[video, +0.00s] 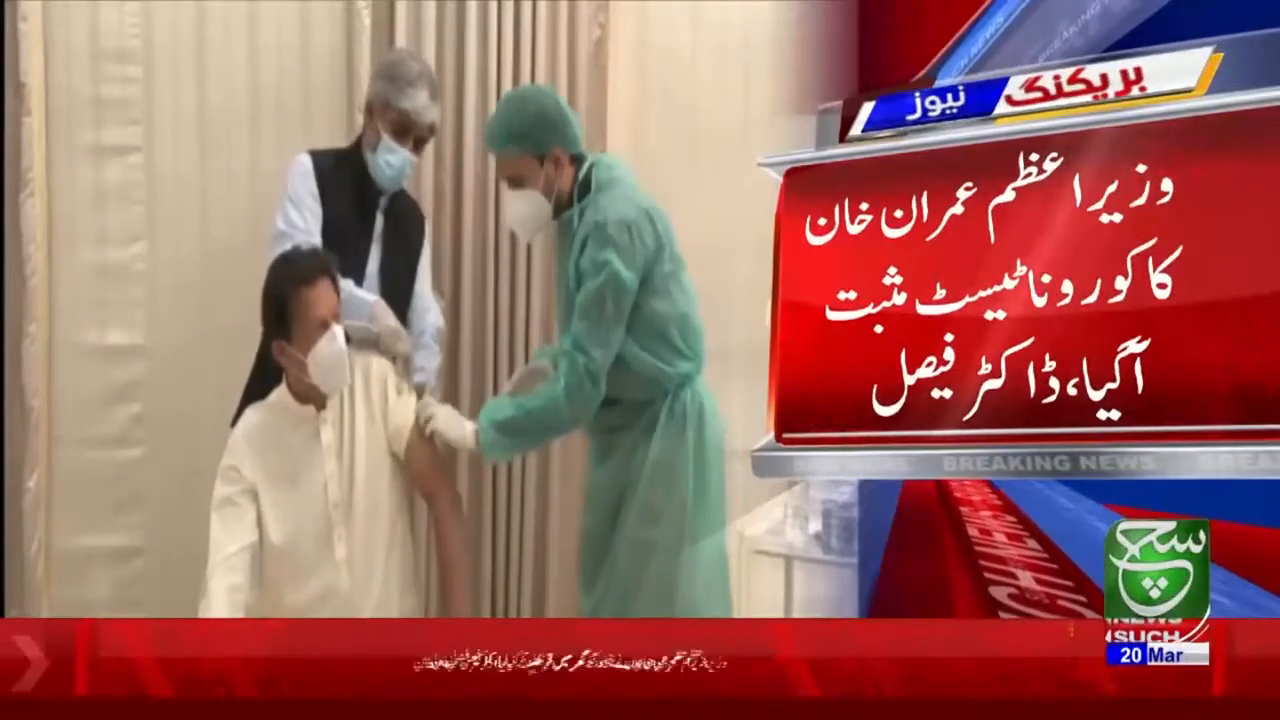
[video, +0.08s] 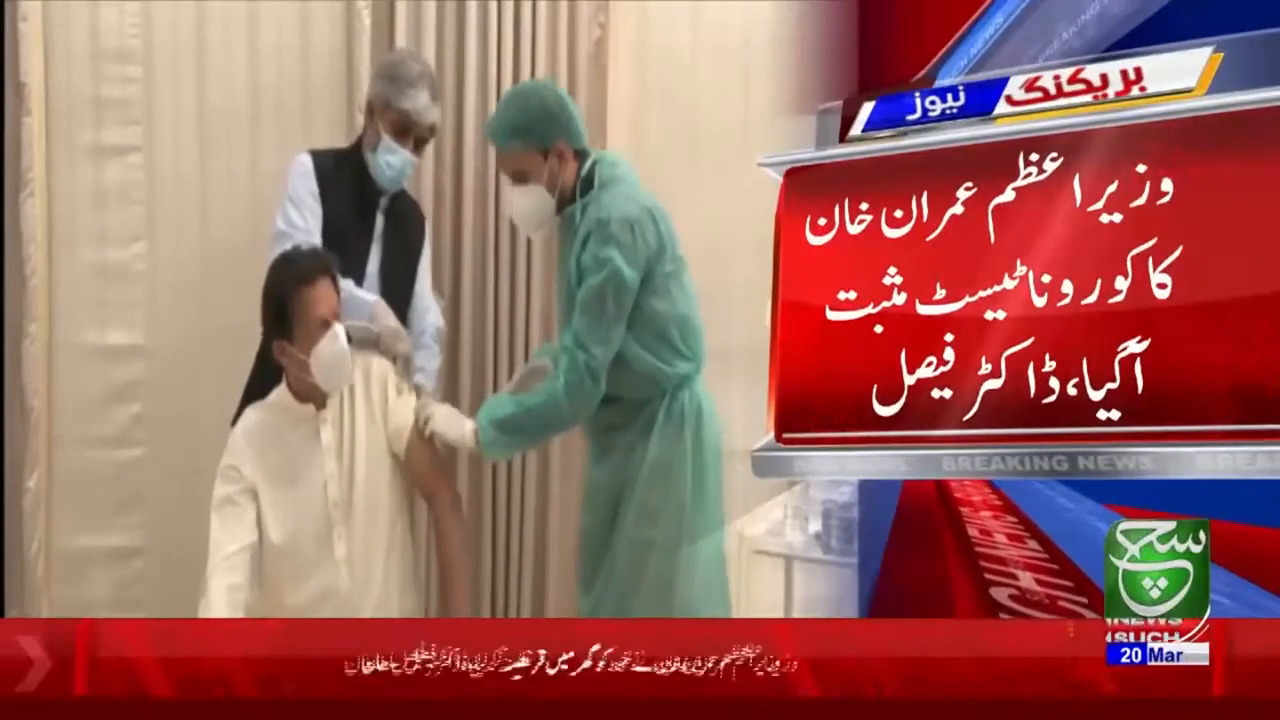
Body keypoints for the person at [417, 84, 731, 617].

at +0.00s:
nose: (511, 198)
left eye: (518, 182)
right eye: (505, 184)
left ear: (558, 163)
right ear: (557, 164)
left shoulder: (613, 221)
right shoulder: (583, 211)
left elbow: (581, 384)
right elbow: (592, 331)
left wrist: (482, 432)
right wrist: (548, 365)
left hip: (664, 430)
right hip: (625, 427)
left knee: (645, 602)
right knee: (609, 594)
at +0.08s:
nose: (516, 193)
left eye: (522, 177)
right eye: (510, 178)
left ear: (562, 157)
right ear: (561, 159)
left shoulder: (615, 218)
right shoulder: (586, 208)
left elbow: (582, 380)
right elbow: (593, 326)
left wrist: (482, 431)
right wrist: (550, 362)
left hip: (661, 429)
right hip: (625, 426)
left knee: (643, 602)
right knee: (610, 596)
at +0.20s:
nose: (522, 185)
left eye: (526, 170)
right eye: (515, 172)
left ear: (567, 150)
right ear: (563, 153)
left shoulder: (619, 214)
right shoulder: (590, 201)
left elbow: (581, 375)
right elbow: (594, 322)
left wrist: (479, 425)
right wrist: (554, 359)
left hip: (658, 430)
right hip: (624, 426)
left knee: (639, 603)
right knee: (609, 596)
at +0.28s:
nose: (523, 182)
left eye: (528, 168)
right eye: (517, 168)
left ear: (569, 147)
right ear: (565, 151)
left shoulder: (620, 212)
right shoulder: (591, 200)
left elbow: (582, 369)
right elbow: (588, 327)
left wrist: (481, 420)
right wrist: (551, 361)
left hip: (658, 430)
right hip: (623, 427)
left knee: (639, 605)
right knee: (608, 598)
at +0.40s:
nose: (527, 177)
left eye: (532, 163)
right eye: (522, 164)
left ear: (572, 143)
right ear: (568, 145)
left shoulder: (624, 210)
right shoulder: (595, 198)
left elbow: (584, 360)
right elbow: (588, 325)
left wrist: (483, 417)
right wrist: (553, 358)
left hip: (658, 430)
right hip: (623, 426)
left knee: (638, 602)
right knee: (609, 595)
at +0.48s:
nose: (528, 173)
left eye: (534, 159)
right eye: (523, 160)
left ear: (576, 141)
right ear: (572, 142)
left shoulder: (626, 209)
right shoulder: (596, 197)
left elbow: (586, 356)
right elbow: (588, 324)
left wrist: (486, 417)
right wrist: (554, 355)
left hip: (658, 429)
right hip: (622, 426)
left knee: (639, 602)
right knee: (608, 595)